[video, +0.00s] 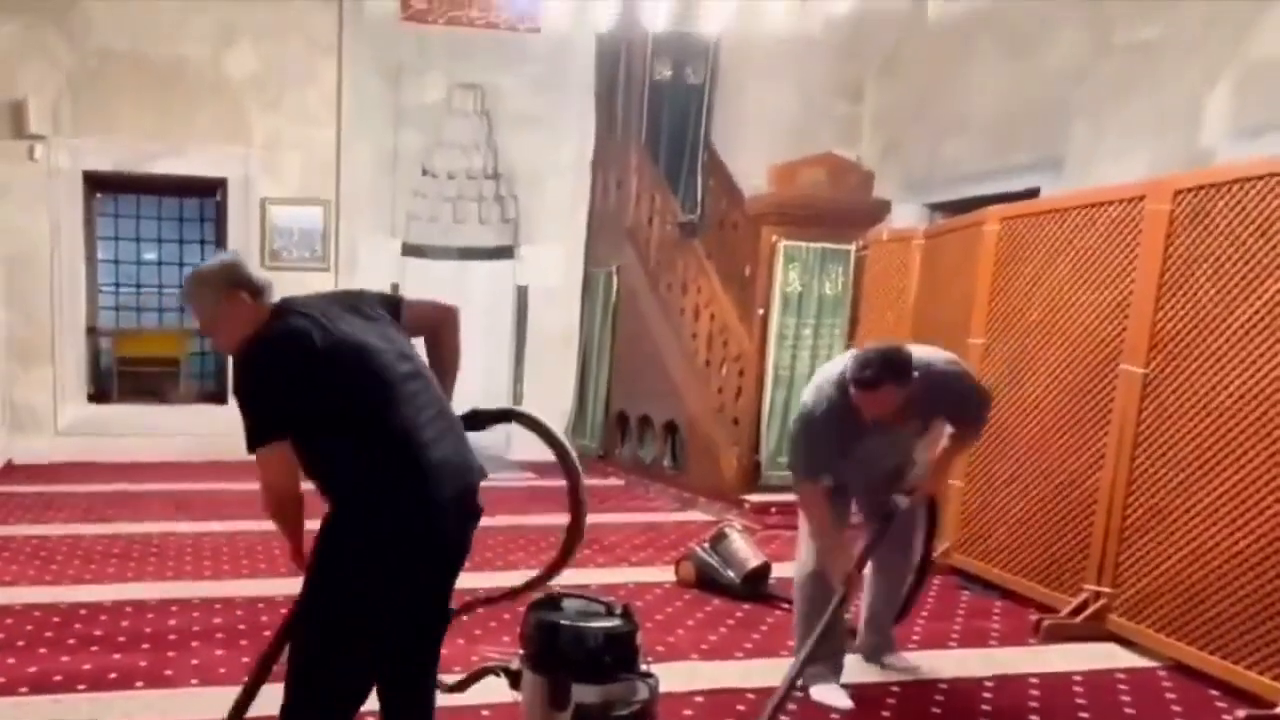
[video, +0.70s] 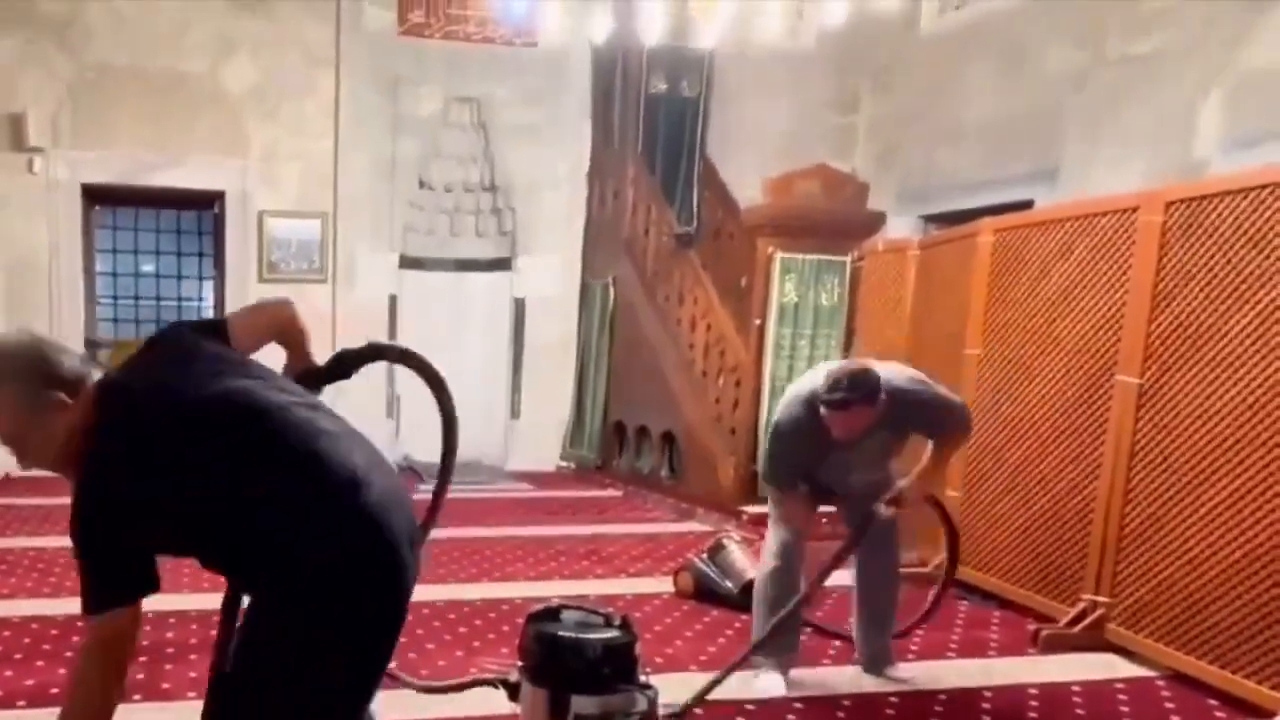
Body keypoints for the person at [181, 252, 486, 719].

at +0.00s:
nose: (208, 338)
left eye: (207, 322)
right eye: (201, 326)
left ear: (241, 301)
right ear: (251, 298)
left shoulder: (257, 359)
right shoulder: (343, 304)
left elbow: (282, 489)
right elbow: (442, 318)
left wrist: (297, 545)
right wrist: (435, 412)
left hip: (381, 509)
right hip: (455, 489)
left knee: (321, 671)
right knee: (409, 665)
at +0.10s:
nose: (200, 352)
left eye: (199, 337)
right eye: (193, 341)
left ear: (233, 312)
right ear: (243, 309)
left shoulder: (250, 376)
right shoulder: (336, 312)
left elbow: (263, 504)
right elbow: (431, 318)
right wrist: (425, 407)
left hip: (377, 519)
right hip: (450, 497)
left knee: (318, 682)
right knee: (401, 671)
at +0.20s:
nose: (185, 366)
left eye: (185, 351)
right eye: (177, 356)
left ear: (218, 324)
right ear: (226, 322)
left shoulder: (240, 393)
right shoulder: (321, 320)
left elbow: (233, 531)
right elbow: (418, 317)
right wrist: (407, 405)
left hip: (370, 532)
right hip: (441, 508)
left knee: (305, 695)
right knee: (388, 678)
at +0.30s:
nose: (155, 385)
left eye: (156, 368)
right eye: (148, 373)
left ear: (193, 341)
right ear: (200, 335)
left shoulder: (217, 410)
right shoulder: (297, 326)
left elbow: (199, 550)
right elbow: (395, 315)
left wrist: (153, 676)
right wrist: (392, 394)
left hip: (362, 543)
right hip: (429, 511)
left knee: (289, 699)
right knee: (375, 683)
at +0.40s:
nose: (115, 406)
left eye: (111, 386)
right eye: (104, 393)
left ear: (153, 357)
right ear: (168, 348)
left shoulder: (178, 431)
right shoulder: (265, 334)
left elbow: (160, 583)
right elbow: (367, 315)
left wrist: (110, 703)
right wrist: (372, 382)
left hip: (340, 558)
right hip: (416, 521)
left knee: (257, 705)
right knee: (366, 689)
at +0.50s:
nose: (78, 428)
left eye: (74, 408)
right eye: (68, 413)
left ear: (109, 377)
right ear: (128, 361)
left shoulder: (142, 456)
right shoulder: (228, 342)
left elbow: (129, 612)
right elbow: (331, 313)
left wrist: (87, 712)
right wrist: (345, 370)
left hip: (323, 566)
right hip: (403, 522)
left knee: (250, 709)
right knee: (358, 694)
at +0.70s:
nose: (26, 462)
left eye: (19, 443)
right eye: (15, 448)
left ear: (60, 408)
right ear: (75, 383)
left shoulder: (104, 488)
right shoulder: (173, 347)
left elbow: (111, 646)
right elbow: (281, 313)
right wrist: (302, 360)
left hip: (328, 569)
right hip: (385, 512)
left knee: (249, 707)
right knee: (329, 700)